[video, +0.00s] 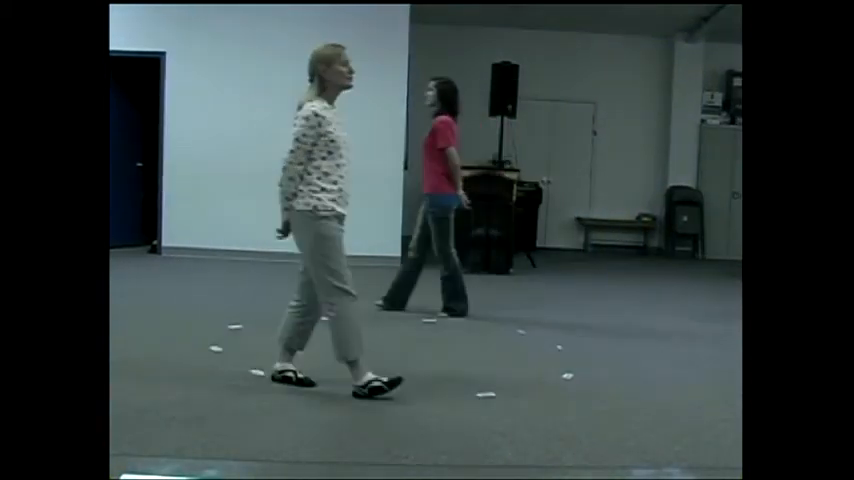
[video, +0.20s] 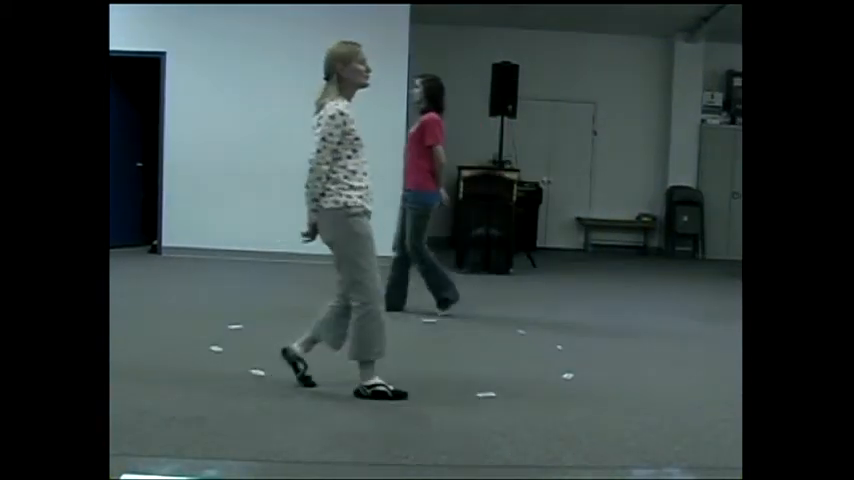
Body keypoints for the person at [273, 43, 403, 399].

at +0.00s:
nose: (351, 70)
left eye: (350, 65)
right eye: (343, 66)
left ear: (334, 74)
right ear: (323, 72)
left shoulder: (328, 113)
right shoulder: (312, 113)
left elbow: (307, 166)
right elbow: (293, 166)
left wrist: (291, 213)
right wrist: (287, 212)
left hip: (325, 213)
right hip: (314, 213)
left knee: (309, 295)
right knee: (340, 293)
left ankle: (284, 364)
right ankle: (361, 377)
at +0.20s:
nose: (368, 69)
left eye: (366, 64)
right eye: (360, 64)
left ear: (345, 72)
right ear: (340, 70)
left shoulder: (339, 112)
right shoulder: (335, 113)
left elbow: (325, 168)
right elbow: (319, 167)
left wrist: (315, 216)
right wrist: (312, 215)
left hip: (340, 211)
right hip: (345, 212)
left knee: (353, 295)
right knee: (368, 293)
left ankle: (300, 349)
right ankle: (369, 379)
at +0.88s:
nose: (374, 64)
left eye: (373, 59)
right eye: (368, 59)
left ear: (351, 65)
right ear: (348, 64)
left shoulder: (345, 105)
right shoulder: (332, 106)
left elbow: (318, 157)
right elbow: (306, 156)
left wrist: (302, 204)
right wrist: (299, 202)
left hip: (333, 204)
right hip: (326, 205)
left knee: (321, 287)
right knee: (352, 286)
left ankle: (285, 355)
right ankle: (346, 373)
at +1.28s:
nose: (390, 63)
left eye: (388, 57)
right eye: (383, 57)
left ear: (365, 63)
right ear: (364, 62)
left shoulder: (359, 105)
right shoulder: (348, 105)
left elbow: (334, 158)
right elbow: (323, 156)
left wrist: (315, 204)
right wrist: (310, 204)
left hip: (358, 207)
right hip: (339, 205)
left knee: (372, 285)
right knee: (331, 288)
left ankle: (334, 357)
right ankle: (296, 364)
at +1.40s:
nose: (403, 69)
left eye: (402, 63)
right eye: (398, 63)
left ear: (379, 67)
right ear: (380, 66)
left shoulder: (377, 109)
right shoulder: (365, 109)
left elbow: (351, 161)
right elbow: (338, 159)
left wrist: (327, 207)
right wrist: (324, 207)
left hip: (371, 211)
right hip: (354, 209)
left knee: (378, 291)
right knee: (335, 288)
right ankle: (296, 364)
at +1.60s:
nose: (431, 71)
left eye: (429, 65)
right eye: (427, 66)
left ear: (407, 69)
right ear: (412, 69)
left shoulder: (399, 112)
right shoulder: (395, 113)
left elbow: (377, 165)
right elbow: (372, 164)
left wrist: (358, 211)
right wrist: (358, 210)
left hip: (396, 214)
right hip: (387, 213)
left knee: (404, 296)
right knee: (382, 293)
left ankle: (398, 376)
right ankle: (319, 357)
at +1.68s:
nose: (440, 74)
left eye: (439, 68)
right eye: (436, 68)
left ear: (414, 72)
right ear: (421, 71)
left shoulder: (407, 113)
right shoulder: (405, 115)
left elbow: (387, 170)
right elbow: (381, 171)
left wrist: (367, 216)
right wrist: (366, 216)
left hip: (399, 214)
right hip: (398, 214)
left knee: (409, 295)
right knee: (408, 296)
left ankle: (400, 375)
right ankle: (338, 351)